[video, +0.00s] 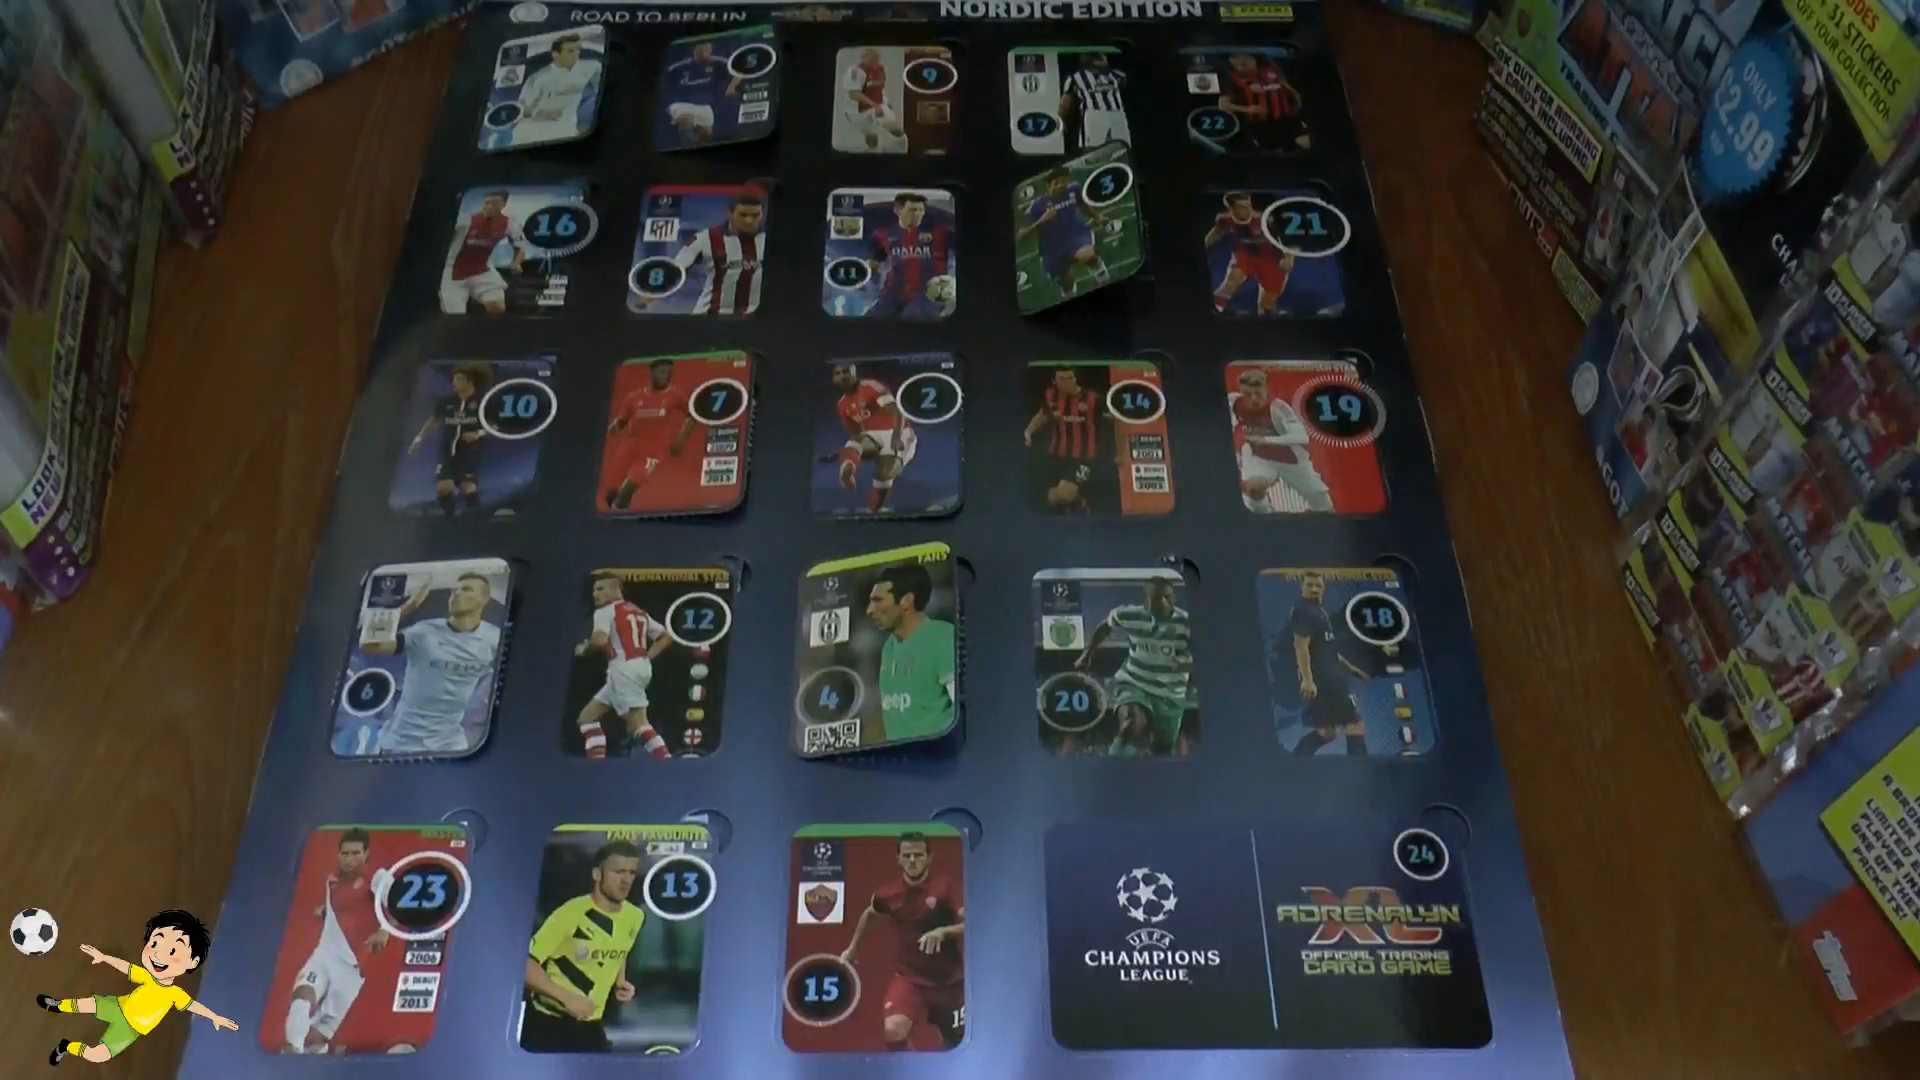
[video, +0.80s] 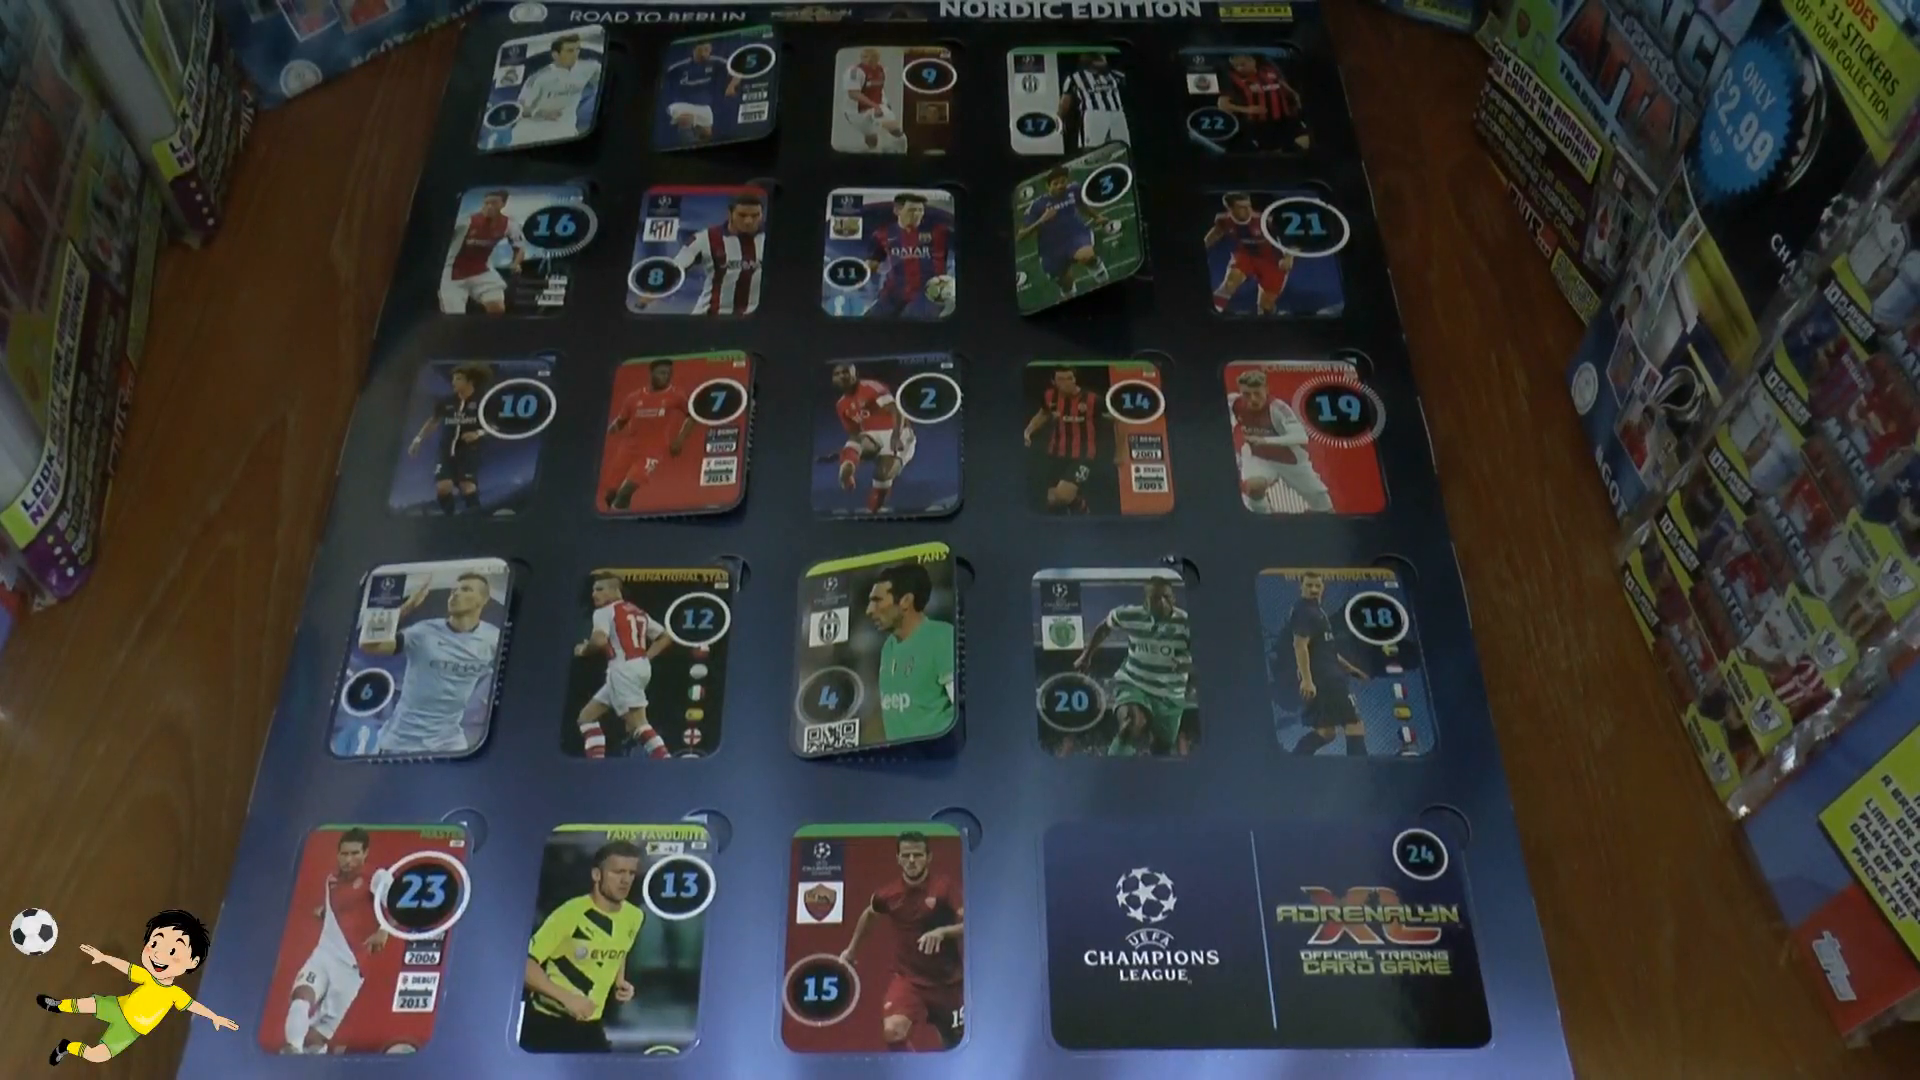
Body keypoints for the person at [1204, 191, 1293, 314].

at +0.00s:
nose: (1246, 211)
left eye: (1248, 206)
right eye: (1241, 207)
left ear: (1251, 206)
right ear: (1231, 208)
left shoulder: (1265, 220)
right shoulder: (1224, 220)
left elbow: (1286, 238)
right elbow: (1208, 243)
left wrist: (1288, 257)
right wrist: (1219, 230)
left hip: (1270, 258)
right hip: (1243, 255)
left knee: (1267, 305)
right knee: (1230, 284)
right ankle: (1213, 315)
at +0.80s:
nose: (1246, 211)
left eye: (1248, 207)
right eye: (1242, 208)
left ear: (1251, 206)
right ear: (1231, 209)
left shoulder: (1264, 220)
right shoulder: (1224, 221)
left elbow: (1286, 237)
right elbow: (1207, 243)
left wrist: (1288, 257)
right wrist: (1218, 231)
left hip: (1270, 260)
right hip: (1243, 256)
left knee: (1265, 305)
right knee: (1229, 285)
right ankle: (1211, 320)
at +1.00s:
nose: (1247, 213)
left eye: (1249, 208)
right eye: (1242, 209)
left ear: (1252, 208)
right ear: (1232, 211)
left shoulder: (1266, 222)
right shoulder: (1225, 223)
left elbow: (1287, 238)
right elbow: (1218, 233)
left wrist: (1289, 258)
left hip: (1272, 262)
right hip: (1245, 258)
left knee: (1267, 307)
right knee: (1230, 285)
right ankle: (1213, 319)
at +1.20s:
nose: (1247, 214)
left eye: (1249, 210)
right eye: (1242, 210)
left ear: (1252, 209)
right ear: (1232, 212)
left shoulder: (1266, 223)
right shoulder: (1225, 224)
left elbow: (1288, 241)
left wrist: (1289, 260)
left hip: (1272, 263)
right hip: (1245, 260)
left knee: (1267, 309)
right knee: (1230, 288)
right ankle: (1212, 321)